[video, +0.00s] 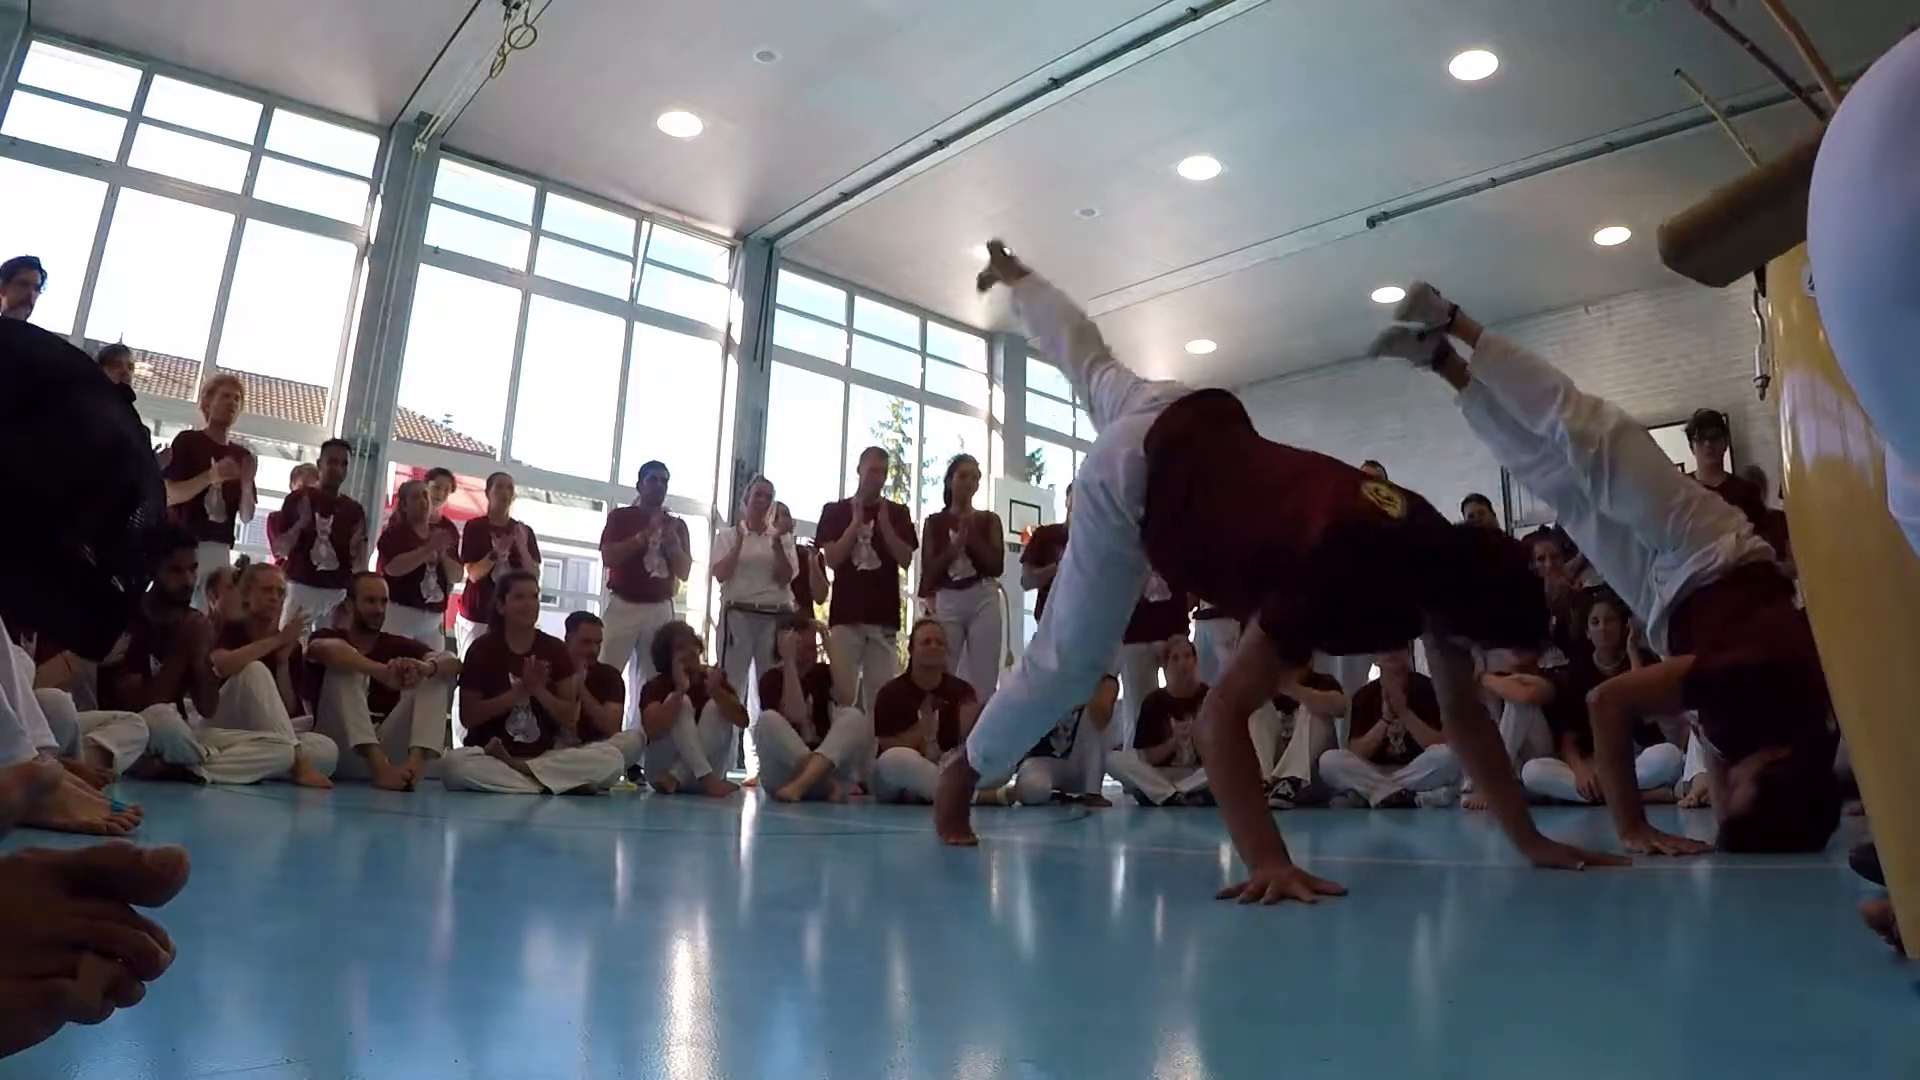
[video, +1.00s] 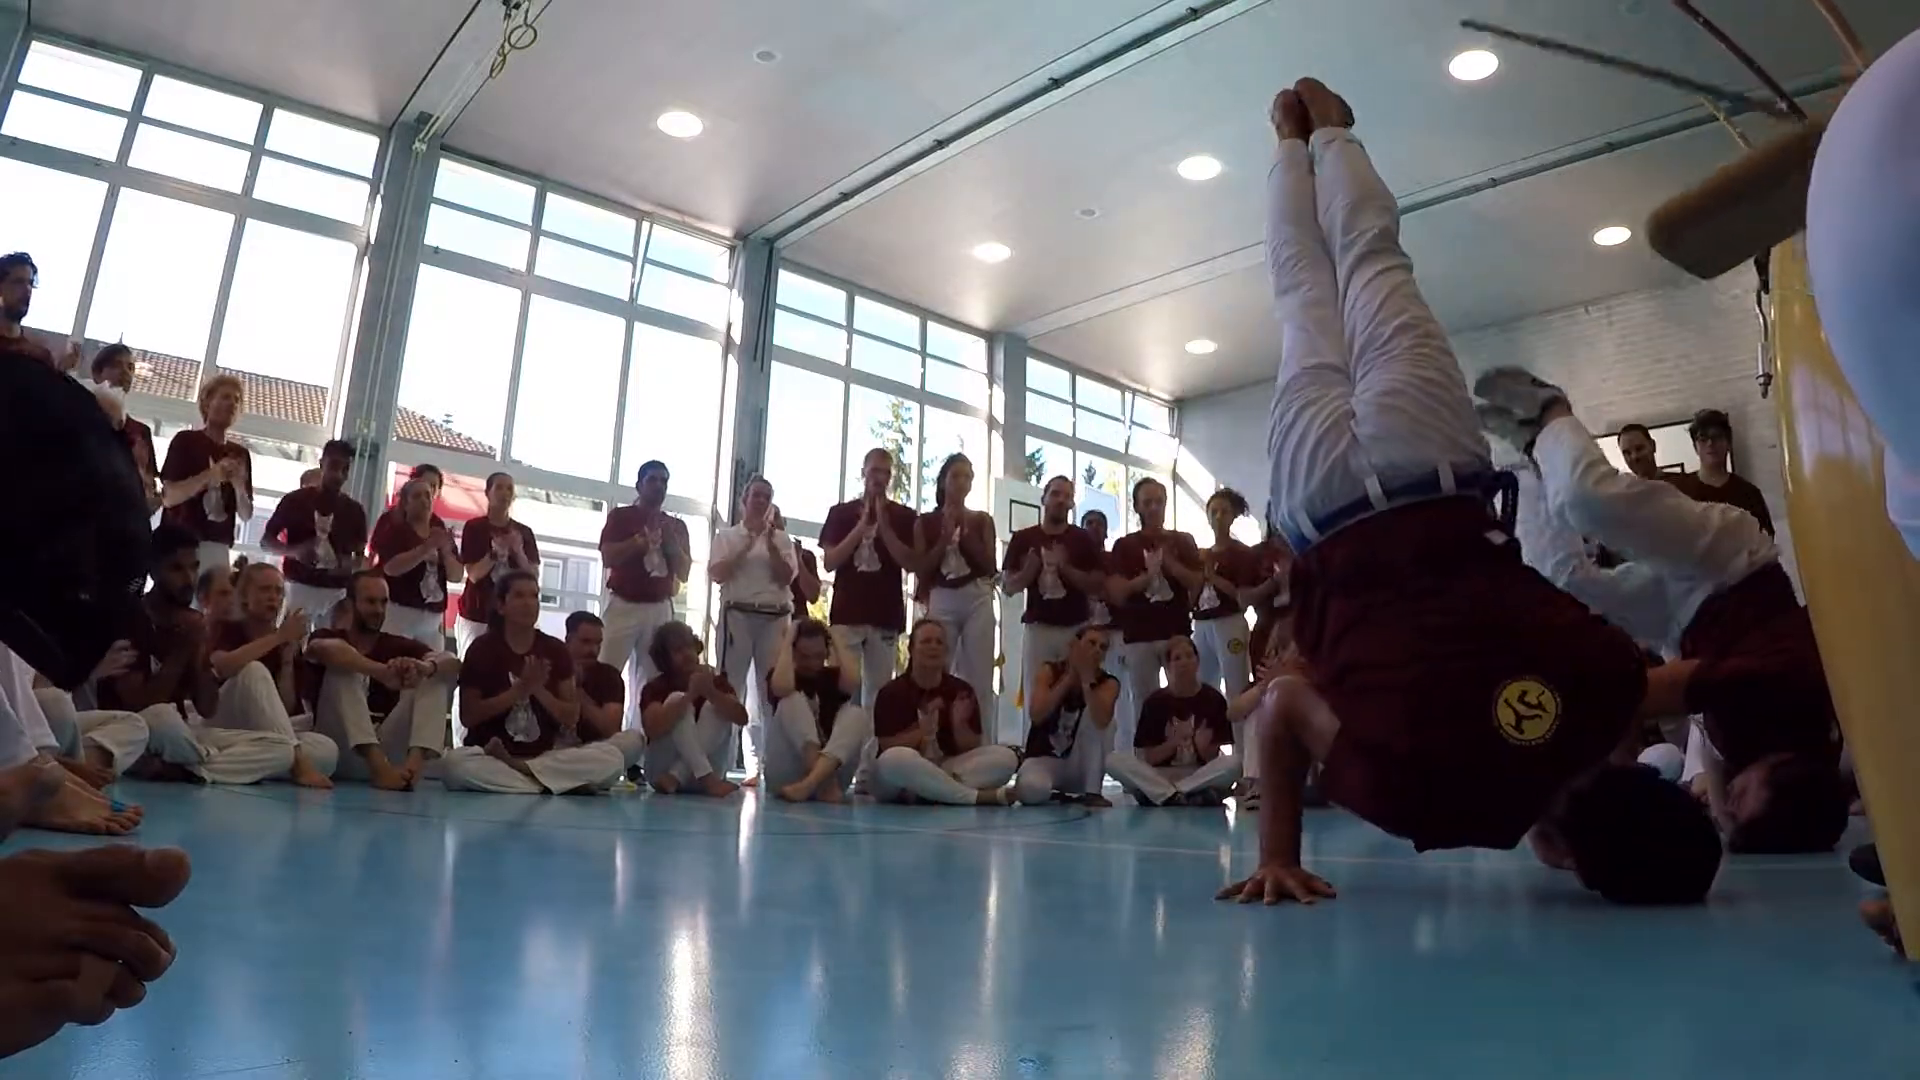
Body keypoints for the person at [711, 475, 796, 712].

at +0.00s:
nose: (762, 500)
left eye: (767, 496)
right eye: (758, 494)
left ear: (772, 502)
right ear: (746, 497)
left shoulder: (783, 537)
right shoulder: (727, 535)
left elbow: (786, 577)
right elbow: (720, 575)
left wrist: (777, 541)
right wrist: (738, 543)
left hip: (774, 617)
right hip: (737, 615)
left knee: (771, 689)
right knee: (731, 686)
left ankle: (771, 744)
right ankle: (728, 744)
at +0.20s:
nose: (761, 500)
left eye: (766, 497)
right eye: (757, 495)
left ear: (772, 503)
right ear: (745, 498)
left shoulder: (782, 537)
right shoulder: (728, 535)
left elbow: (786, 577)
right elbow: (719, 573)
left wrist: (771, 542)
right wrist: (748, 543)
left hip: (775, 618)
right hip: (737, 615)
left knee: (773, 693)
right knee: (731, 690)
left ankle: (771, 761)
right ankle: (728, 761)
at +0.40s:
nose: (760, 501)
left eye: (765, 497)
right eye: (756, 495)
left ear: (772, 503)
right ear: (745, 498)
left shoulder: (781, 536)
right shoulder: (727, 534)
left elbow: (786, 576)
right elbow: (720, 574)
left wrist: (772, 539)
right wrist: (744, 540)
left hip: (775, 617)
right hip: (736, 615)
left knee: (772, 694)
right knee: (729, 691)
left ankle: (767, 764)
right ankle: (722, 764)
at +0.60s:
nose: (759, 501)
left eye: (764, 497)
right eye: (755, 495)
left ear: (771, 503)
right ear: (744, 499)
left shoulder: (781, 536)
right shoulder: (729, 534)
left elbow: (787, 576)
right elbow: (718, 573)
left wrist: (774, 538)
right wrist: (740, 541)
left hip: (775, 616)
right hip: (737, 615)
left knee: (774, 693)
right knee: (730, 689)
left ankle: (769, 764)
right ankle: (724, 764)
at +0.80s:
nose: (759, 501)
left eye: (764, 497)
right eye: (755, 496)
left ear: (772, 503)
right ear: (744, 500)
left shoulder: (783, 538)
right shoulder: (726, 535)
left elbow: (786, 573)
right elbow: (719, 574)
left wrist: (763, 539)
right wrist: (752, 551)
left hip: (774, 617)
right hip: (736, 615)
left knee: (772, 693)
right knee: (730, 690)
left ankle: (768, 763)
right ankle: (722, 764)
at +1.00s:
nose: (759, 501)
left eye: (764, 497)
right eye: (755, 495)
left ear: (771, 503)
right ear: (744, 499)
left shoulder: (781, 538)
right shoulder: (728, 535)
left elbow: (786, 577)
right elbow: (716, 575)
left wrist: (771, 541)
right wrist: (746, 544)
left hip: (774, 617)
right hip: (736, 615)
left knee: (772, 692)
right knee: (730, 690)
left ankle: (768, 763)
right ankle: (723, 763)